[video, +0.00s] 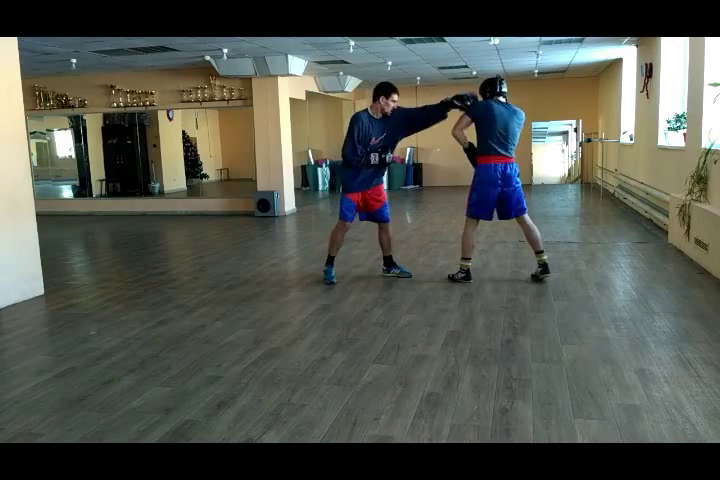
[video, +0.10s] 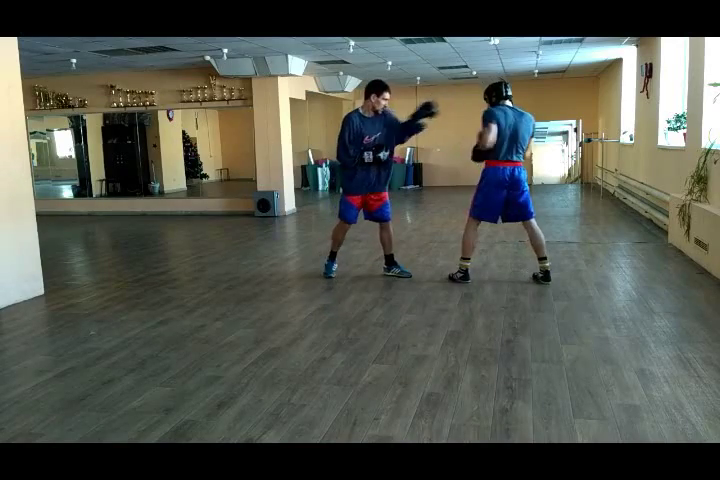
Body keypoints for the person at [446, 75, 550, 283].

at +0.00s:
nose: (482, 97)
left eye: (482, 94)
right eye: (482, 94)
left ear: (486, 93)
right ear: (505, 93)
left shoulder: (480, 106)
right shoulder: (519, 113)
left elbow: (457, 131)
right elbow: (507, 136)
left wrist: (469, 148)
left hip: (486, 171)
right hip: (511, 171)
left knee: (471, 222)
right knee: (523, 218)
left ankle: (464, 270)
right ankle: (543, 264)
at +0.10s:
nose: (488, 102)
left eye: (488, 99)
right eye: (487, 99)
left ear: (491, 98)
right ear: (509, 96)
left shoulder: (492, 113)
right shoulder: (528, 118)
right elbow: (525, 151)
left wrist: (478, 146)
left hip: (494, 173)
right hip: (518, 173)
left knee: (473, 221)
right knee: (530, 222)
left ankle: (463, 270)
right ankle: (545, 270)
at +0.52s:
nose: (464, 117)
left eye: (463, 113)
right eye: (462, 114)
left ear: (470, 110)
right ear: (483, 104)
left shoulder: (481, 124)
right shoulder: (508, 119)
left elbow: (486, 157)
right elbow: (512, 152)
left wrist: (470, 156)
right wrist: (480, 148)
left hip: (490, 181)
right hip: (511, 179)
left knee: (463, 226)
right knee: (517, 226)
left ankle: (448, 273)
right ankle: (541, 268)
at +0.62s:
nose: (446, 128)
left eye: (446, 124)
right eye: (444, 124)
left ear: (454, 120)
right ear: (459, 116)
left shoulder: (478, 129)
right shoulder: (474, 129)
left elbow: (488, 164)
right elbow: (476, 153)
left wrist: (463, 156)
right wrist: (456, 147)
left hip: (490, 184)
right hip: (501, 182)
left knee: (460, 225)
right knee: (504, 230)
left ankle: (448, 274)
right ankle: (541, 263)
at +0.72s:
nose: (443, 131)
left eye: (444, 126)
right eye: (442, 127)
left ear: (454, 121)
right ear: (456, 120)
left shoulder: (481, 132)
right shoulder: (458, 134)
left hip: (486, 185)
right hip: (490, 184)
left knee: (455, 224)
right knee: (498, 230)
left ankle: (448, 275)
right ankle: (540, 258)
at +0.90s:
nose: (441, 123)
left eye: (439, 119)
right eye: (438, 120)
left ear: (446, 113)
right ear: (452, 109)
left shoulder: (471, 123)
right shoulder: (471, 121)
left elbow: (476, 159)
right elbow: (470, 150)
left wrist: (455, 147)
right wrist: (459, 161)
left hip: (480, 179)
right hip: (492, 176)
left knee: (453, 223)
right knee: (499, 222)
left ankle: (448, 274)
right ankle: (536, 256)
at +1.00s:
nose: (449, 116)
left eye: (448, 111)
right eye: (447, 112)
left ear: (455, 106)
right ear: (465, 101)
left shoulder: (469, 121)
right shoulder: (489, 113)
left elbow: (466, 157)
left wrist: (450, 143)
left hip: (480, 178)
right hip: (498, 173)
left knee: (455, 224)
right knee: (507, 219)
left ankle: (448, 274)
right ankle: (537, 259)